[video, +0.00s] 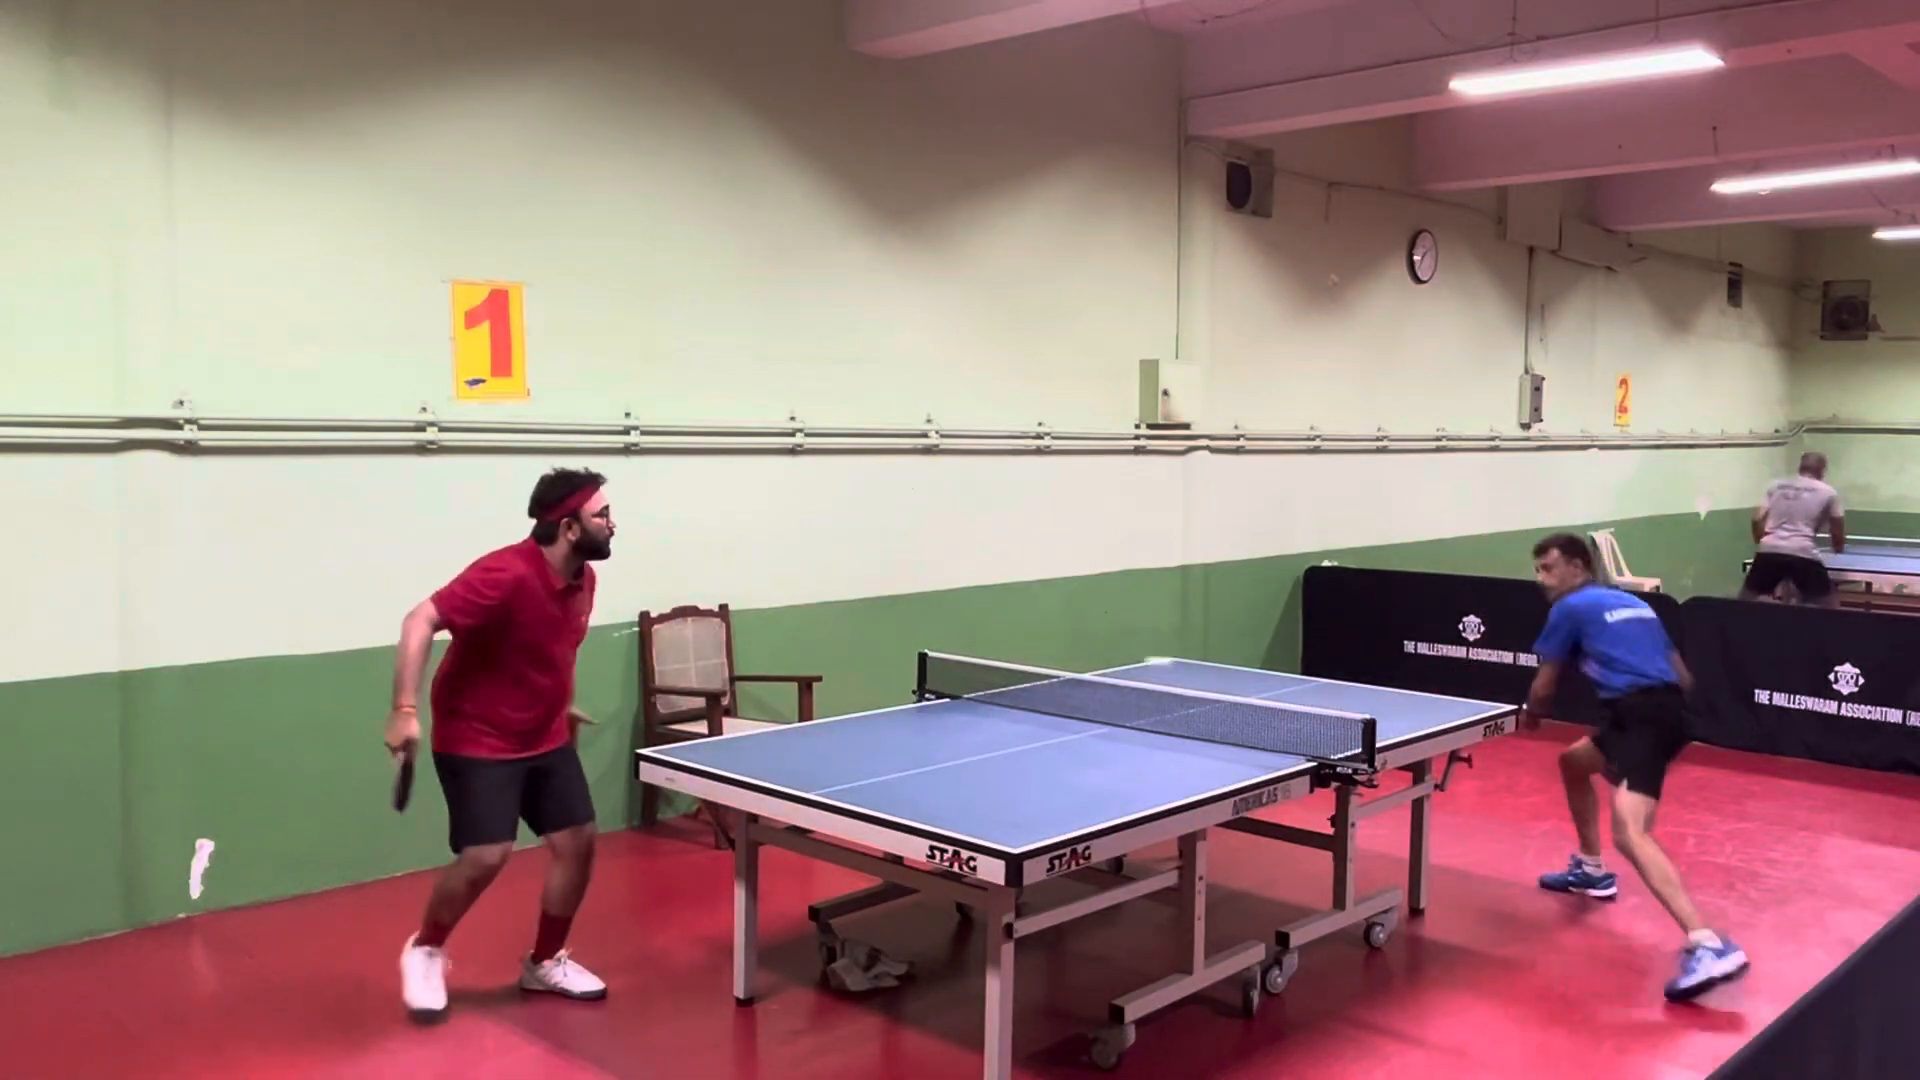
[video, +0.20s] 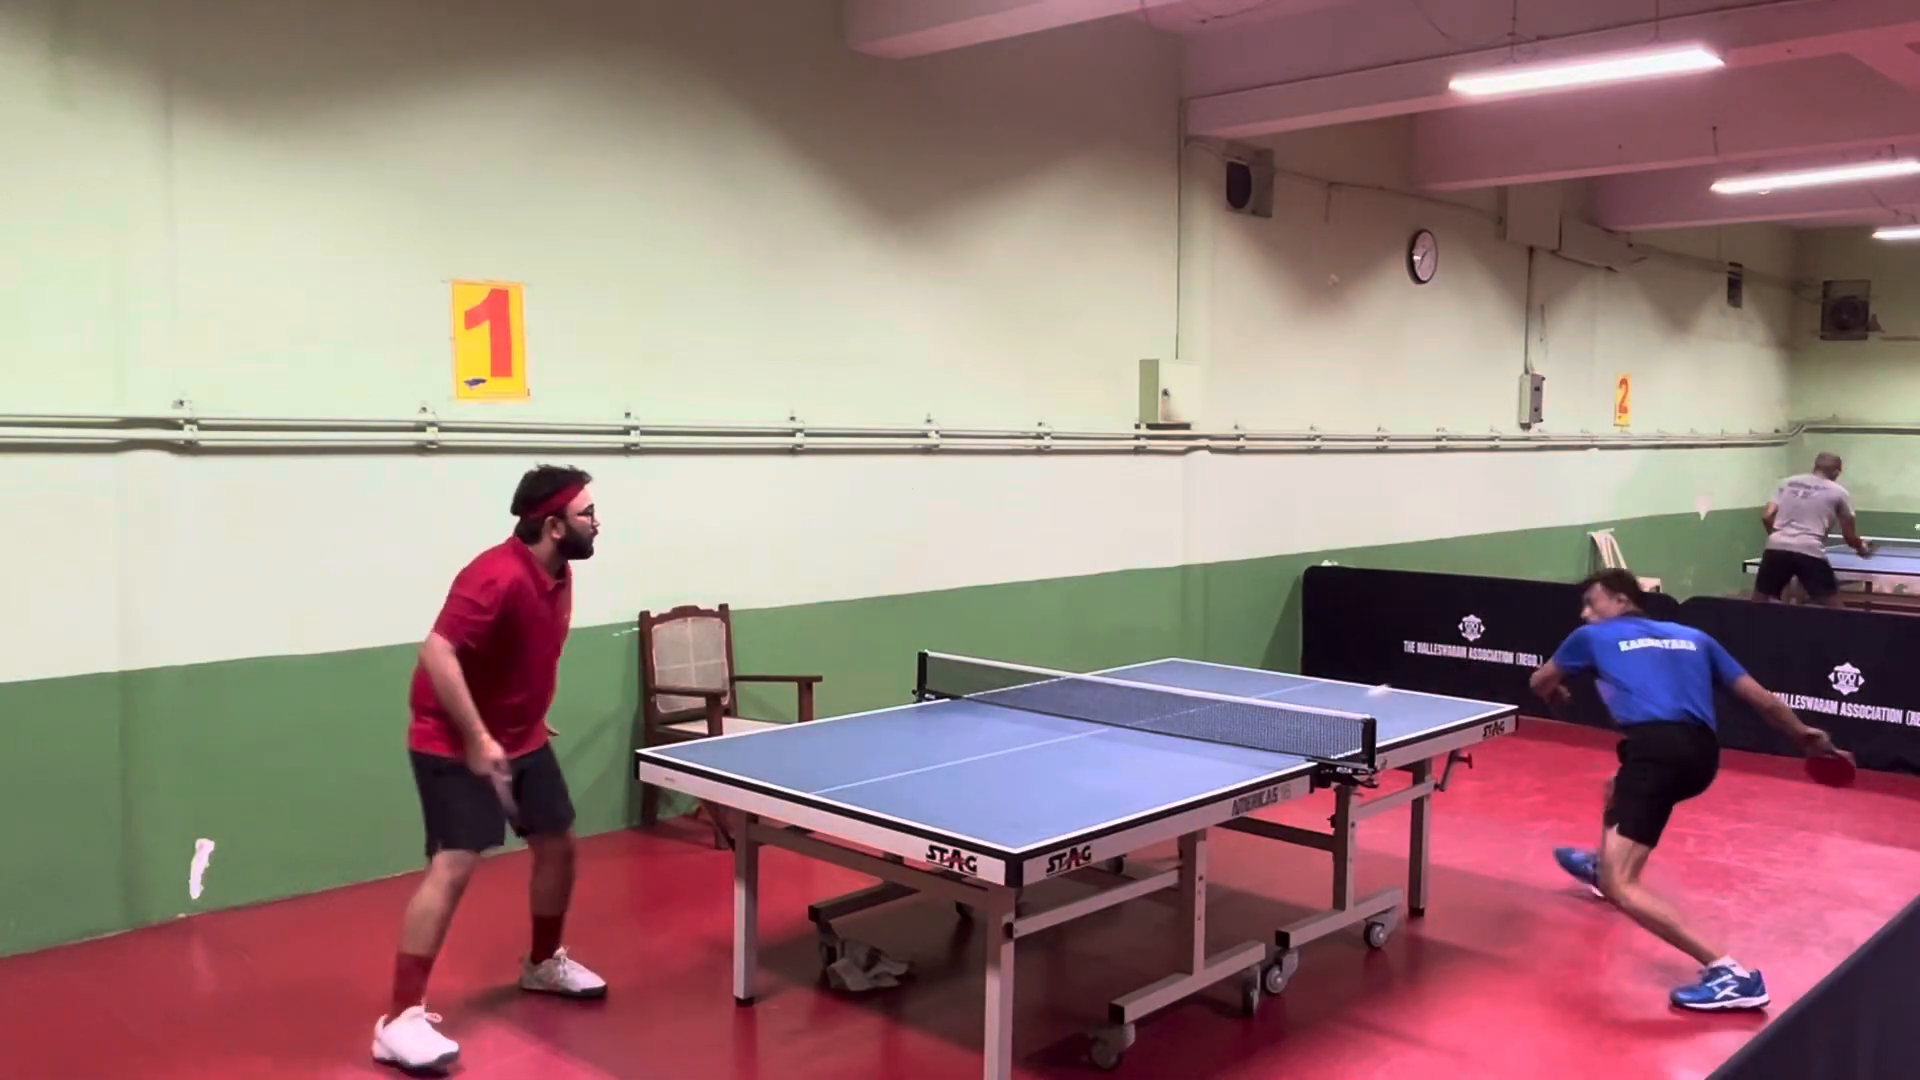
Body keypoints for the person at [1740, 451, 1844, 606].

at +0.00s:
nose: (1824, 474)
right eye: (1824, 470)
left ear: (1800, 469)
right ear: (1821, 471)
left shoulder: (1776, 486)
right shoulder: (1828, 493)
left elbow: (1757, 518)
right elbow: (1838, 544)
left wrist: (1761, 541)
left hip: (1768, 553)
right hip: (1803, 557)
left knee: (1744, 604)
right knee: (1829, 607)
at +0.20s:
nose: (1839, 474)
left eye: (1839, 471)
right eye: (1839, 471)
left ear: (1815, 467)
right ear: (1836, 471)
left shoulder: (1789, 482)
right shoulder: (1838, 493)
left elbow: (1767, 517)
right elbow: (1849, 537)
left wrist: (1778, 539)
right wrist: (1861, 547)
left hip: (1776, 551)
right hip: (1809, 555)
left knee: (1758, 603)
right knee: (1834, 608)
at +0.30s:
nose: (1841, 479)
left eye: (1841, 475)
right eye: (1841, 475)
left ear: (1817, 467)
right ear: (1838, 474)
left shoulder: (1788, 482)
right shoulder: (1836, 492)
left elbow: (1767, 515)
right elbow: (1839, 535)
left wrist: (1782, 534)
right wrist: (1869, 552)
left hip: (1776, 551)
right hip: (1809, 554)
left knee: (1758, 605)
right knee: (1835, 608)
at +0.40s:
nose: (1843, 483)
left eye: (1844, 479)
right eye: (1844, 479)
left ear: (1821, 467)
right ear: (1841, 476)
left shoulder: (1788, 481)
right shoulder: (1833, 490)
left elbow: (1766, 514)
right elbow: (1824, 528)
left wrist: (1788, 526)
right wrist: (1860, 542)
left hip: (1777, 554)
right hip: (1809, 556)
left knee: (1759, 604)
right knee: (1841, 602)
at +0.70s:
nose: (1877, 482)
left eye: (1879, 478)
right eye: (1878, 477)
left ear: (1856, 466)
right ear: (1869, 471)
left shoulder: (1825, 478)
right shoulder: (1861, 493)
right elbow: (1857, 540)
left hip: (1797, 549)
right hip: (1826, 553)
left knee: (1779, 598)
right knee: (1847, 605)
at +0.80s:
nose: (1893, 478)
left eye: (1894, 475)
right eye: (1893, 474)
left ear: (1871, 465)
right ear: (1888, 474)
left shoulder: (1837, 475)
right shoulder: (1880, 499)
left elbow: (1816, 504)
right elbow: (1862, 523)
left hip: (1805, 548)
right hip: (1837, 556)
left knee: (1783, 595)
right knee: (1860, 603)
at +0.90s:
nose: (1898, 478)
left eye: (1898, 474)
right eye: (1899, 475)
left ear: (1877, 464)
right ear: (1897, 475)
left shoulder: (1845, 473)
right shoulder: (1889, 501)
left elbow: (1818, 503)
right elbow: (1877, 520)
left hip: (1812, 544)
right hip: (1845, 554)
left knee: (1785, 591)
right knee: (1865, 604)